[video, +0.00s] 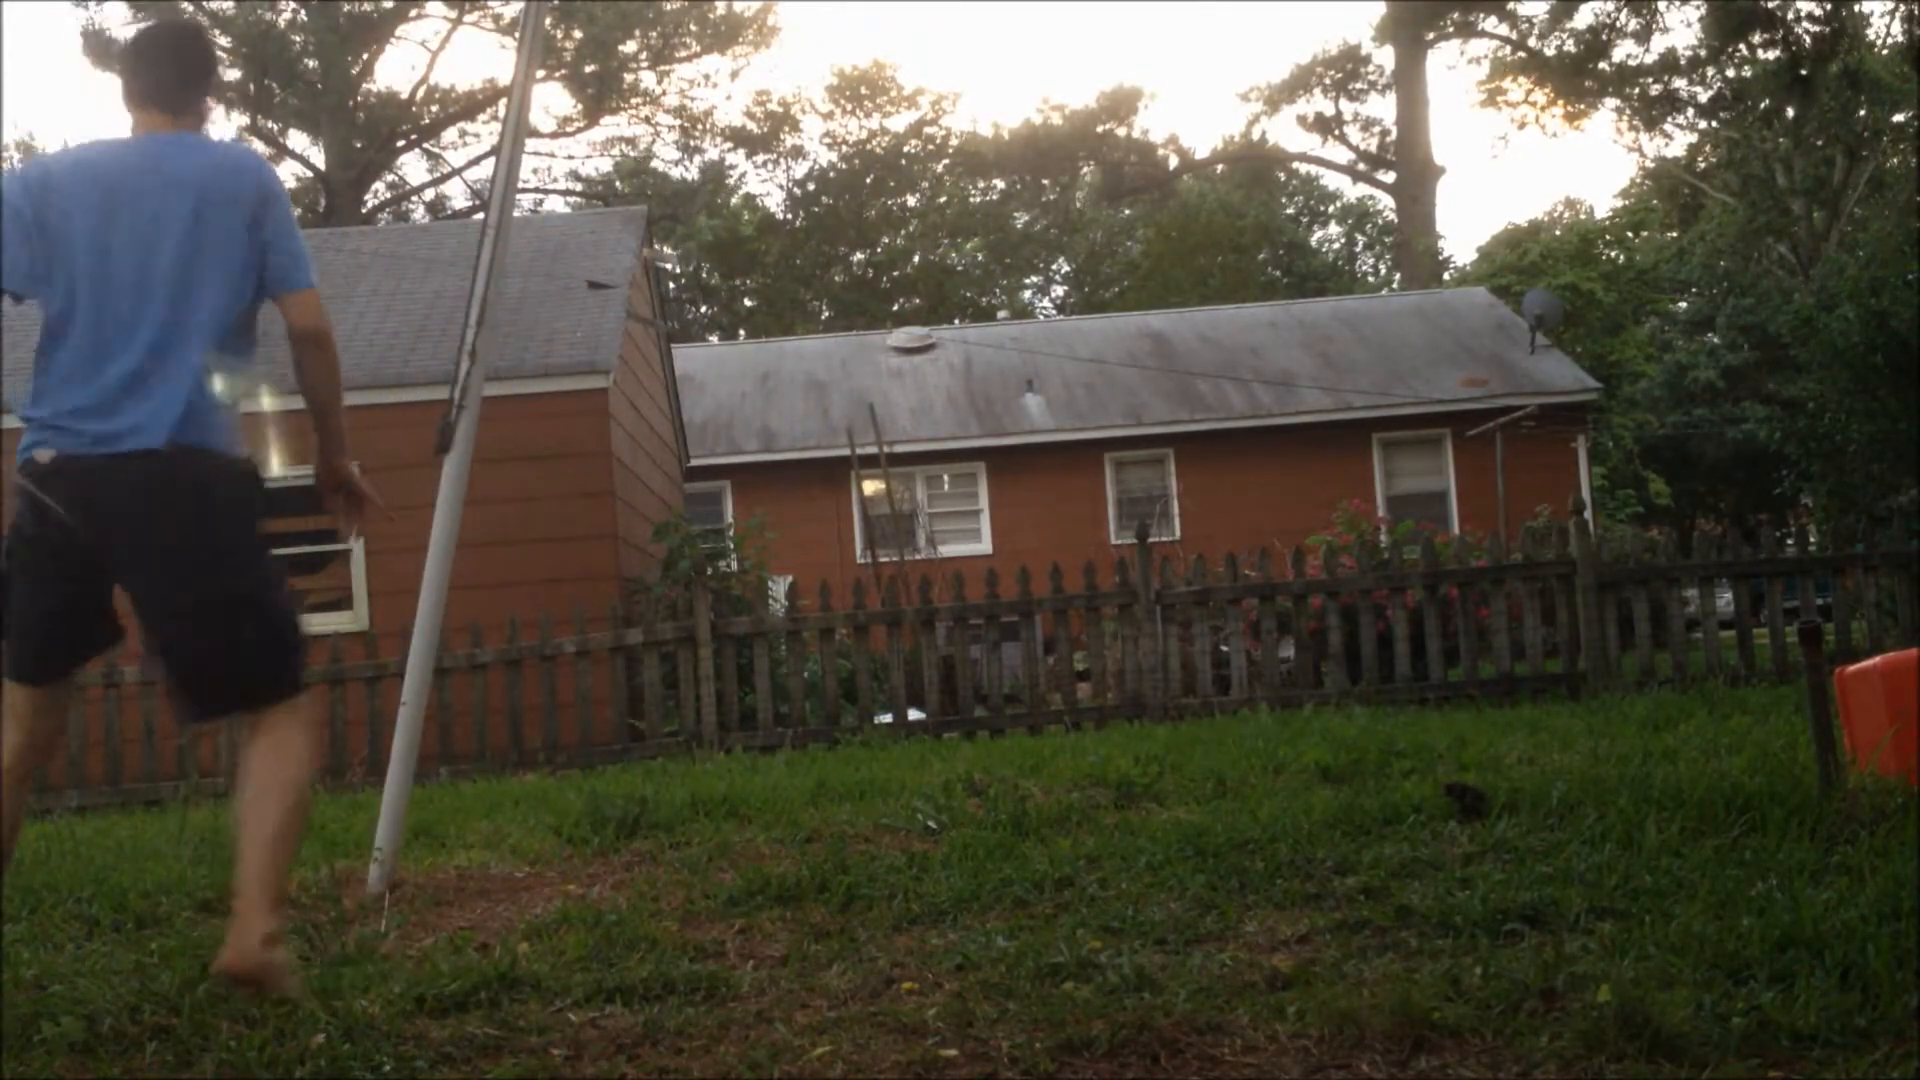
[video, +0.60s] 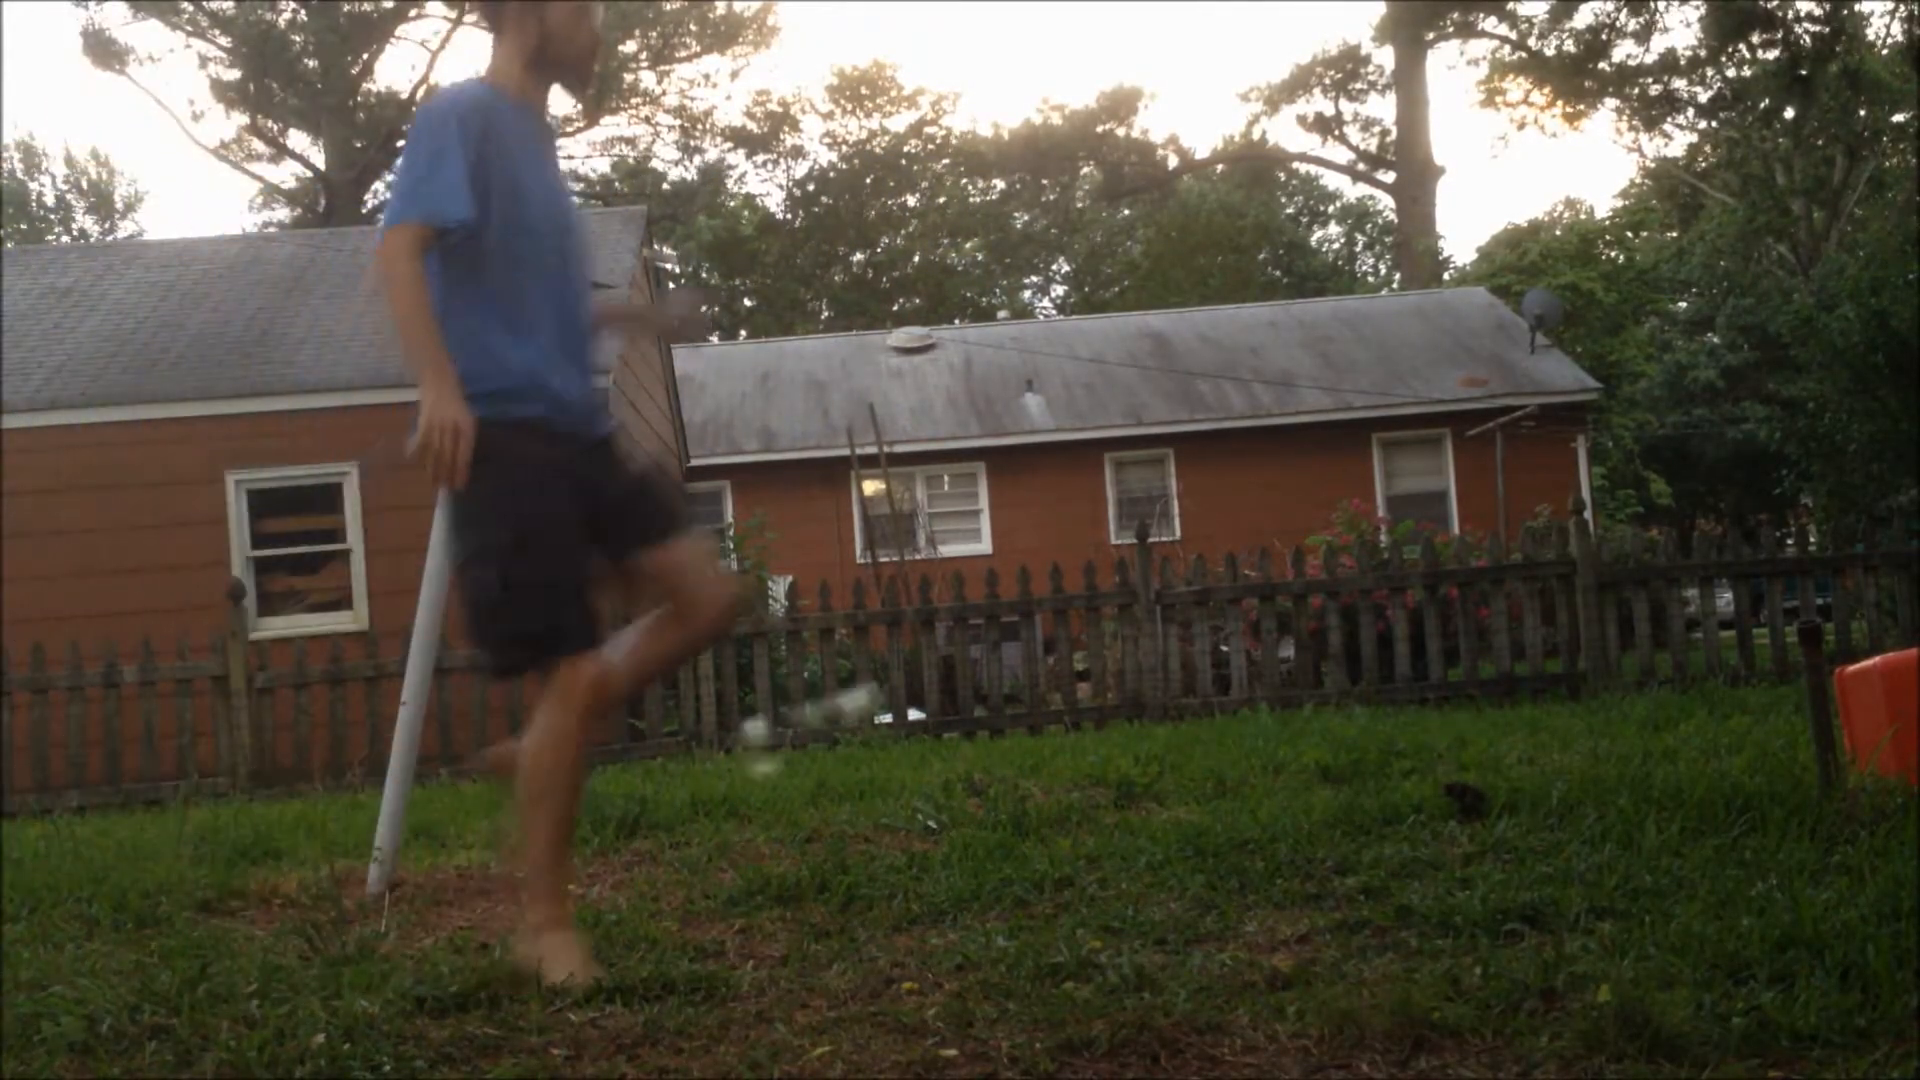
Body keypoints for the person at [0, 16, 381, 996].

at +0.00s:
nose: (189, 106)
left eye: (142, 84)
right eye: (206, 91)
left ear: (126, 91)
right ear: (208, 94)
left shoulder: (48, 182)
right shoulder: (245, 177)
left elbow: (2, 289)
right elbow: (309, 324)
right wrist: (333, 457)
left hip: (59, 482)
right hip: (191, 484)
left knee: (20, 722)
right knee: (279, 709)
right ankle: (253, 932)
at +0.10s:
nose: (284, 143)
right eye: (283, 129)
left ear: (194, 117)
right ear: (265, 118)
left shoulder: (85, 203)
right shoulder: (275, 184)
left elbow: (4, 306)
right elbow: (294, 323)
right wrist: (337, 467)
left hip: (74, 489)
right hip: (201, 483)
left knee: (47, 730)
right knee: (351, 680)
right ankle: (338, 930)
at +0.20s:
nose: (372, 161)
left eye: (376, 143)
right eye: (368, 141)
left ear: (274, 130)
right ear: (325, 128)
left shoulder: (185, 212)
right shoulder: (315, 190)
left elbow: (74, 347)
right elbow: (293, 315)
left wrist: (112, 462)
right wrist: (362, 473)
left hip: (113, 487)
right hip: (215, 482)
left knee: (81, 743)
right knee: (418, 686)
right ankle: (474, 930)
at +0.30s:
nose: (458, 149)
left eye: (458, 129)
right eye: (450, 129)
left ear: (372, 130)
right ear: (400, 125)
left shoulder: (306, 203)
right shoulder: (367, 190)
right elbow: (310, 324)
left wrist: (365, 495)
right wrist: (386, 467)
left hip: (212, 503)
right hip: (280, 500)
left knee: (154, 741)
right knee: (471, 697)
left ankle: (6, 886)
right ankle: (504, 955)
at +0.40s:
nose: (535, 132)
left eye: (533, 112)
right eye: (524, 111)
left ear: (461, 115)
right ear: (466, 112)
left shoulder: (439, 208)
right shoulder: (406, 188)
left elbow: (385, 346)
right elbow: (345, 322)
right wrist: (415, 464)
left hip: (355, 501)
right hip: (359, 498)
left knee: (337, 744)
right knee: (539, 701)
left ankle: (98, 873)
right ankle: (516, 957)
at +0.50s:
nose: (579, 87)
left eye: (576, 66)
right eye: (566, 66)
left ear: (510, 74)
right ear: (507, 73)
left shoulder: (497, 182)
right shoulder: (442, 163)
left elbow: (470, 335)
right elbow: (376, 303)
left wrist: (514, 463)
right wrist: (429, 430)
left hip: (474, 470)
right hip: (434, 473)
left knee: (521, 705)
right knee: (563, 699)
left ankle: (330, 811)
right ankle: (519, 957)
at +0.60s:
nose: (600, 27)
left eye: (596, 11)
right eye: (586, 9)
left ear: (532, 22)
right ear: (526, 15)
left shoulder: (535, 138)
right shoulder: (459, 113)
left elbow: (536, 305)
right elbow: (398, 251)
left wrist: (642, 311)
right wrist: (439, 385)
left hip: (575, 432)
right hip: (503, 433)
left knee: (705, 597)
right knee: (571, 678)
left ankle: (550, 730)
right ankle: (543, 925)